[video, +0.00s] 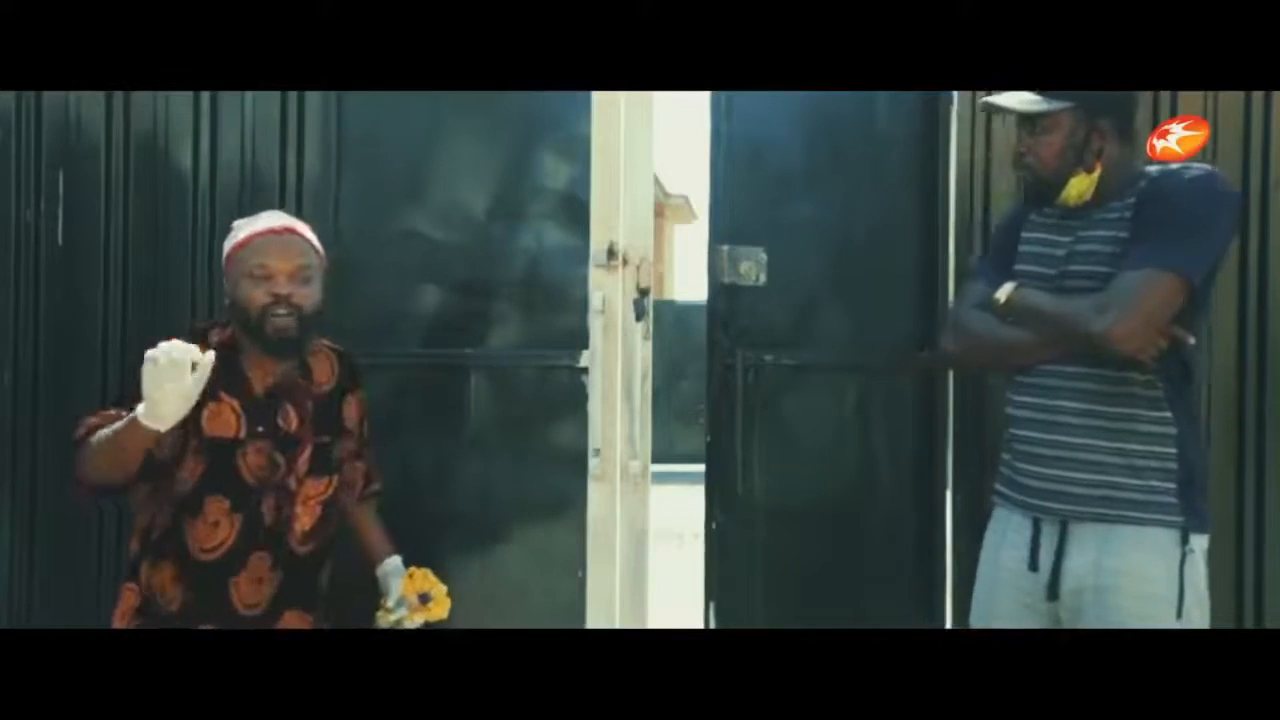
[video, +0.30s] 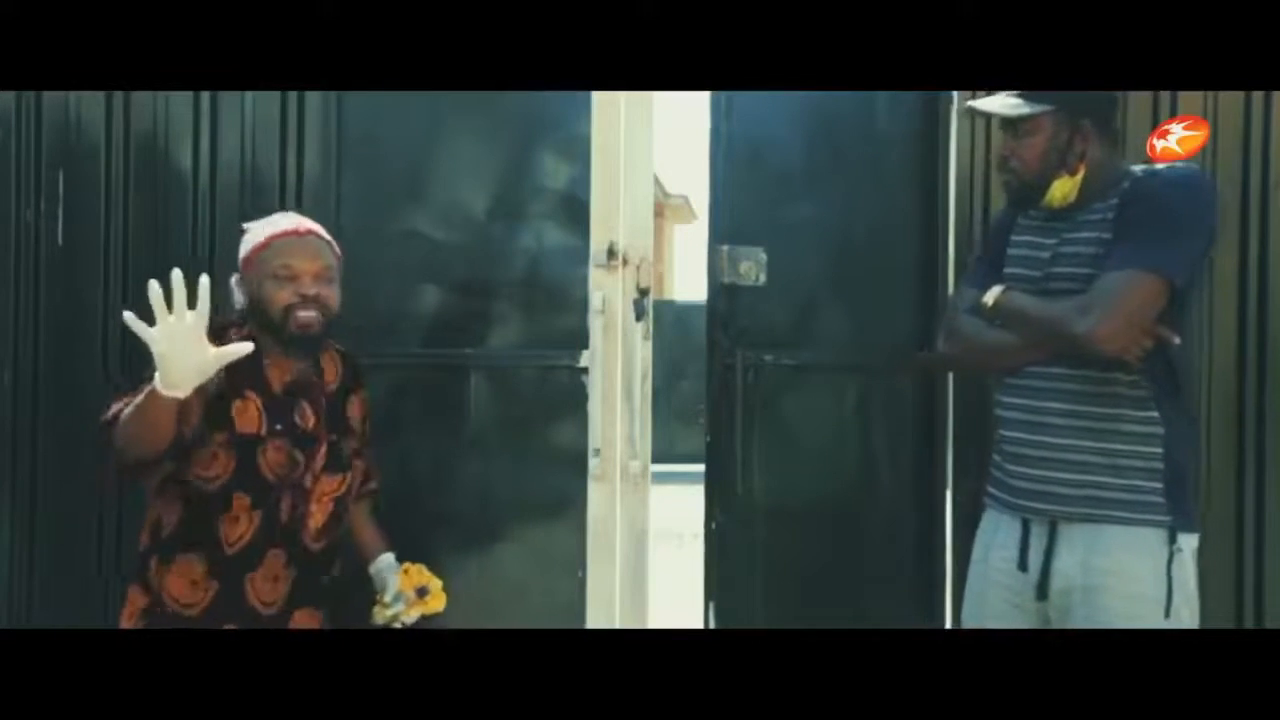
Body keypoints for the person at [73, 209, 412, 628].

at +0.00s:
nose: (282, 294)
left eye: (301, 278)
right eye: (260, 278)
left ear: (321, 290)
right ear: (229, 288)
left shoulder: (334, 375)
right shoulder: (184, 368)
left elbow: (354, 489)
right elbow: (94, 470)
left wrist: (392, 572)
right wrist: (152, 418)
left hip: (288, 614)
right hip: (175, 612)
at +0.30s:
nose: (308, 292)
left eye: (324, 278)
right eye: (285, 277)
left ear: (340, 292)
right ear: (246, 289)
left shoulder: (341, 376)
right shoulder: (203, 360)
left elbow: (354, 496)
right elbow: (132, 449)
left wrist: (387, 571)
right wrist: (168, 389)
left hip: (297, 611)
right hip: (191, 607)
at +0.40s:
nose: (325, 294)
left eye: (339, 280)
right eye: (300, 279)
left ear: (354, 293)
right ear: (259, 294)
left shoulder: (344, 385)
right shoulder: (222, 369)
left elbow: (343, 502)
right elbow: (162, 434)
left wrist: (378, 572)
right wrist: (201, 377)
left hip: (299, 611)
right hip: (199, 608)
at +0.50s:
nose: (340, 296)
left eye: (353, 281)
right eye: (315, 281)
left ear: (366, 292)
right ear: (273, 291)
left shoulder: (344, 382)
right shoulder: (223, 369)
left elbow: (336, 500)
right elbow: (196, 427)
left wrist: (369, 575)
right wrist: (246, 363)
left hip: (300, 603)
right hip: (206, 603)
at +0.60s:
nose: (356, 297)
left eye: (366, 284)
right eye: (338, 285)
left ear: (376, 290)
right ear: (294, 289)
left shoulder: (342, 378)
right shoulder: (242, 364)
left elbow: (333, 492)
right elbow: (228, 420)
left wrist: (360, 571)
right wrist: (289, 362)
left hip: (294, 590)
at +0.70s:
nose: (364, 300)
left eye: (371, 284)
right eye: (339, 286)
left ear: (379, 290)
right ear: (301, 295)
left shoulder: (345, 378)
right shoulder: (250, 359)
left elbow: (329, 495)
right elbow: (254, 416)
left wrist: (356, 572)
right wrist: (328, 361)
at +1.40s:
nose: (378, 291)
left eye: (377, 276)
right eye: (354, 277)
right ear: (298, 291)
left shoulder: (356, 377)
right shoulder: (243, 366)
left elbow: (349, 500)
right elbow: (218, 453)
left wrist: (384, 579)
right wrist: (351, 420)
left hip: (314, 605)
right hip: (218, 606)